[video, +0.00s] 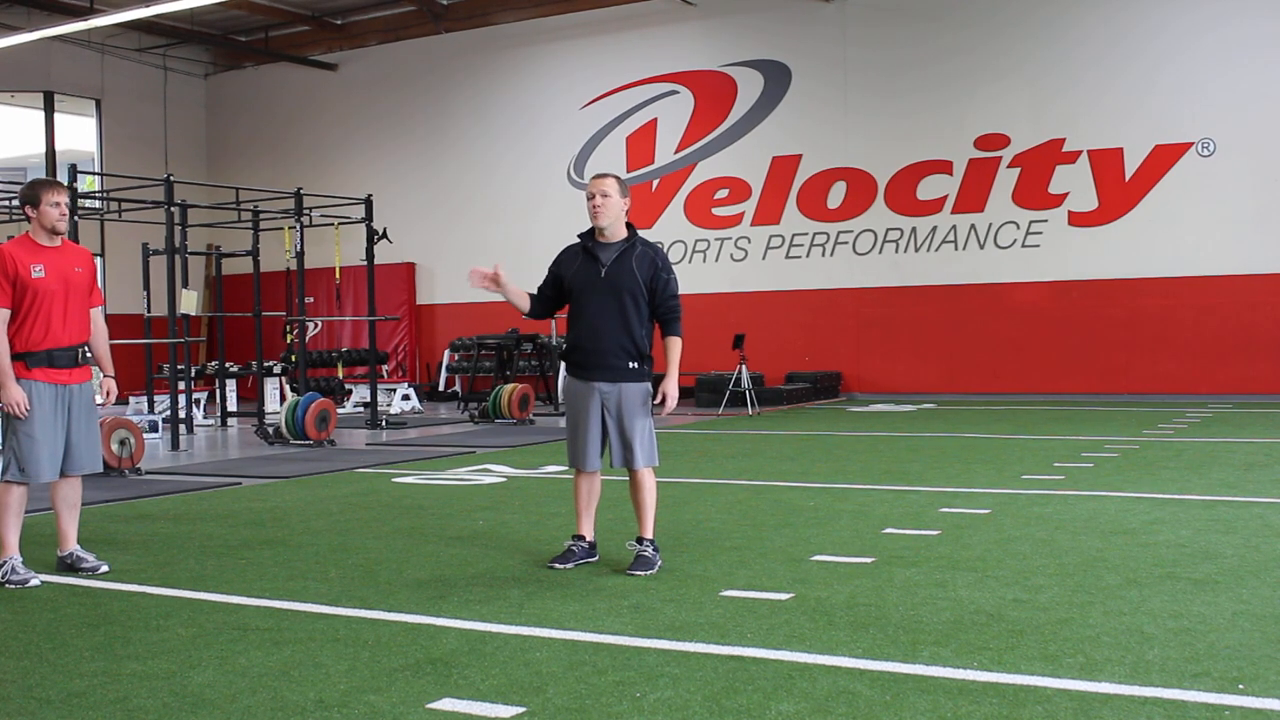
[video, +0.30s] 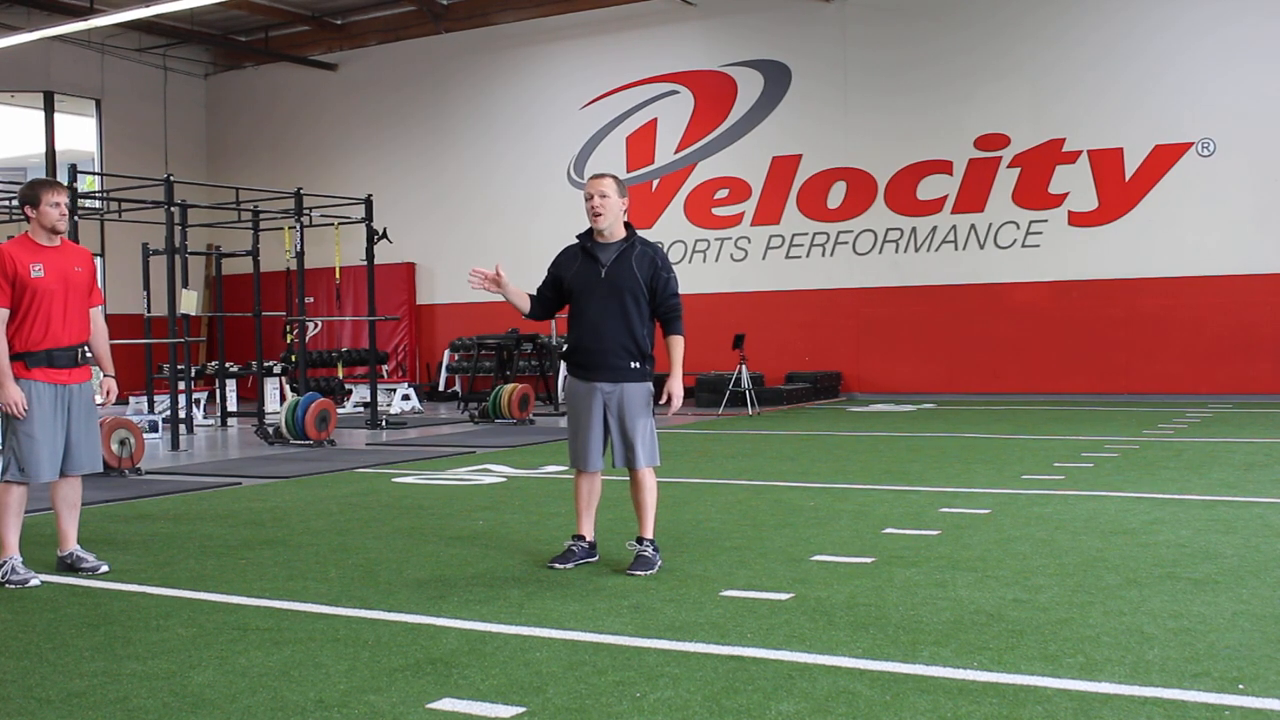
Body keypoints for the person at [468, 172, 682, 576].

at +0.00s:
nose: (595, 202)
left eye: (603, 196)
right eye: (590, 197)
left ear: (625, 204)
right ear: (586, 206)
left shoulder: (651, 258)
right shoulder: (572, 257)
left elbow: (671, 320)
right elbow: (539, 307)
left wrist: (672, 375)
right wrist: (504, 285)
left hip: (631, 380)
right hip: (580, 379)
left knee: (639, 464)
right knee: (584, 463)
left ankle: (646, 544)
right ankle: (583, 542)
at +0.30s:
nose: (594, 203)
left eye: (602, 196)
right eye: (589, 198)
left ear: (624, 204)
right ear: (585, 206)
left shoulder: (650, 257)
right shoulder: (571, 258)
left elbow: (672, 318)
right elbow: (539, 308)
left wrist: (675, 375)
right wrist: (504, 287)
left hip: (632, 380)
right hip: (582, 379)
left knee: (640, 464)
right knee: (586, 463)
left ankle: (647, 544)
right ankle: (584, 542)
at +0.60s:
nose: (593, 203)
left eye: (602, 196)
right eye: (588, 198)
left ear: (622, 203)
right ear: (583, 207)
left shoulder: (649, 255)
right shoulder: (570, 258)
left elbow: (673, 315)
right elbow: (540, 309)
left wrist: (663, 360)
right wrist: (515, 296)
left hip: (632, 380)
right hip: (582, 379)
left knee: (639, 463)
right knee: (585, 463)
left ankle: (646, 544)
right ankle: (584, 542)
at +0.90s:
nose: (596, 208)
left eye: (603, 201)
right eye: (589, 203)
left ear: (622, 205)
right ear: (583, 210)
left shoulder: (651, 255)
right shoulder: (570, 257)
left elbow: (672, 315)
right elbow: (541, 315)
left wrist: (639, 295)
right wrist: (550, 283)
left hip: (632, 379)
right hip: (582, 377)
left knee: (640, 463)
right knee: (585, 463)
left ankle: (646, 544)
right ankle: (583, 542)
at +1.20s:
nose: (598, 207)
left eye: (606, 200)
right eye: (592, 202)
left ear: (625, 205)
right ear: (586, 209)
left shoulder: (652, 256)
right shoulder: (569, 258)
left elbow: (669, 315)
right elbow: (545, 318)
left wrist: (641, 308)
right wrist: (562, 306)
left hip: (634, 379)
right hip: (583, 378)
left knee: (641, 463)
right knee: (585, 463)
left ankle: (647, 545)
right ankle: (584, 542)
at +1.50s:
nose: (599, 207)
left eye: (607, 200)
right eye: (593, 201)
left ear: (625, 204)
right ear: (587, 208)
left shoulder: (652, 256)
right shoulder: (569, 258)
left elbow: (671, 314)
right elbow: (545, 318)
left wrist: (641, 308)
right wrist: (562, 305)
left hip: (634, 379)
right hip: (584, 377)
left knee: (640, 463)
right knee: (585, 463)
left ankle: (647, 544)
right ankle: (584, 542)